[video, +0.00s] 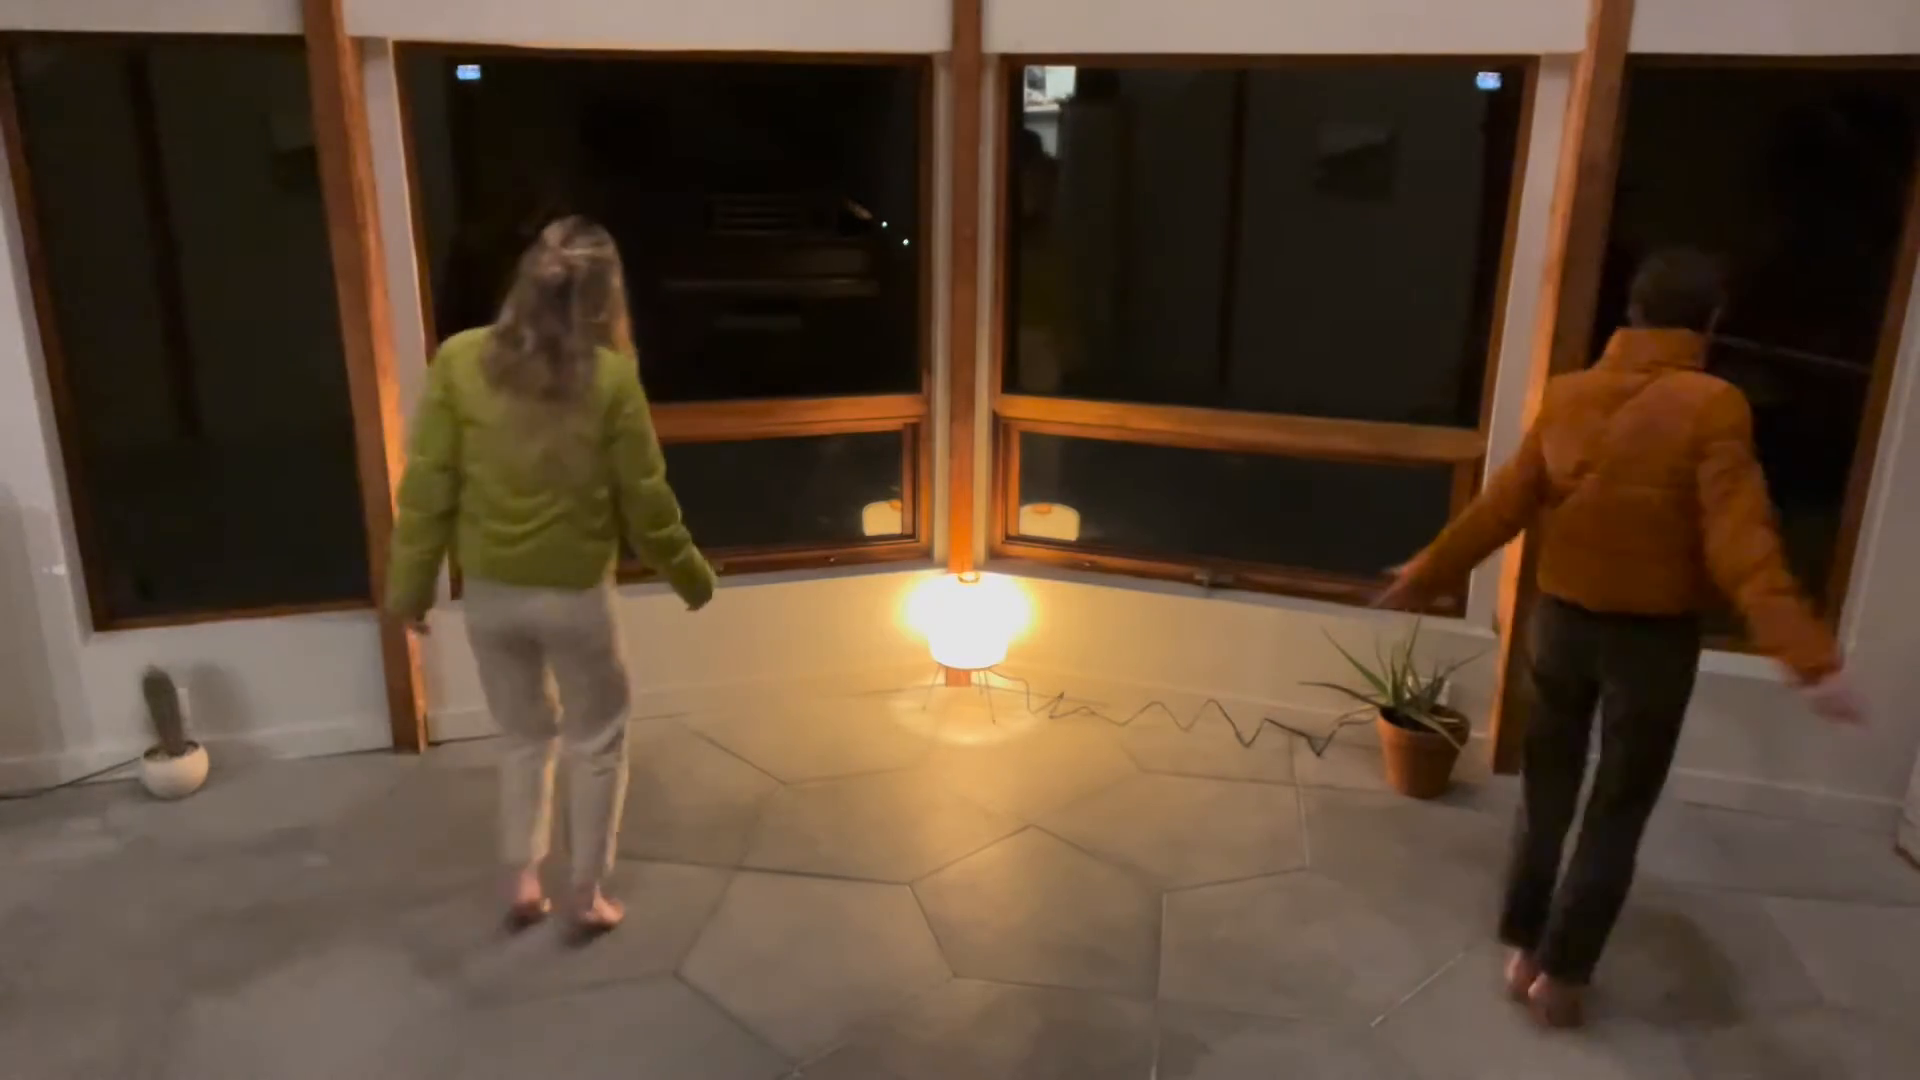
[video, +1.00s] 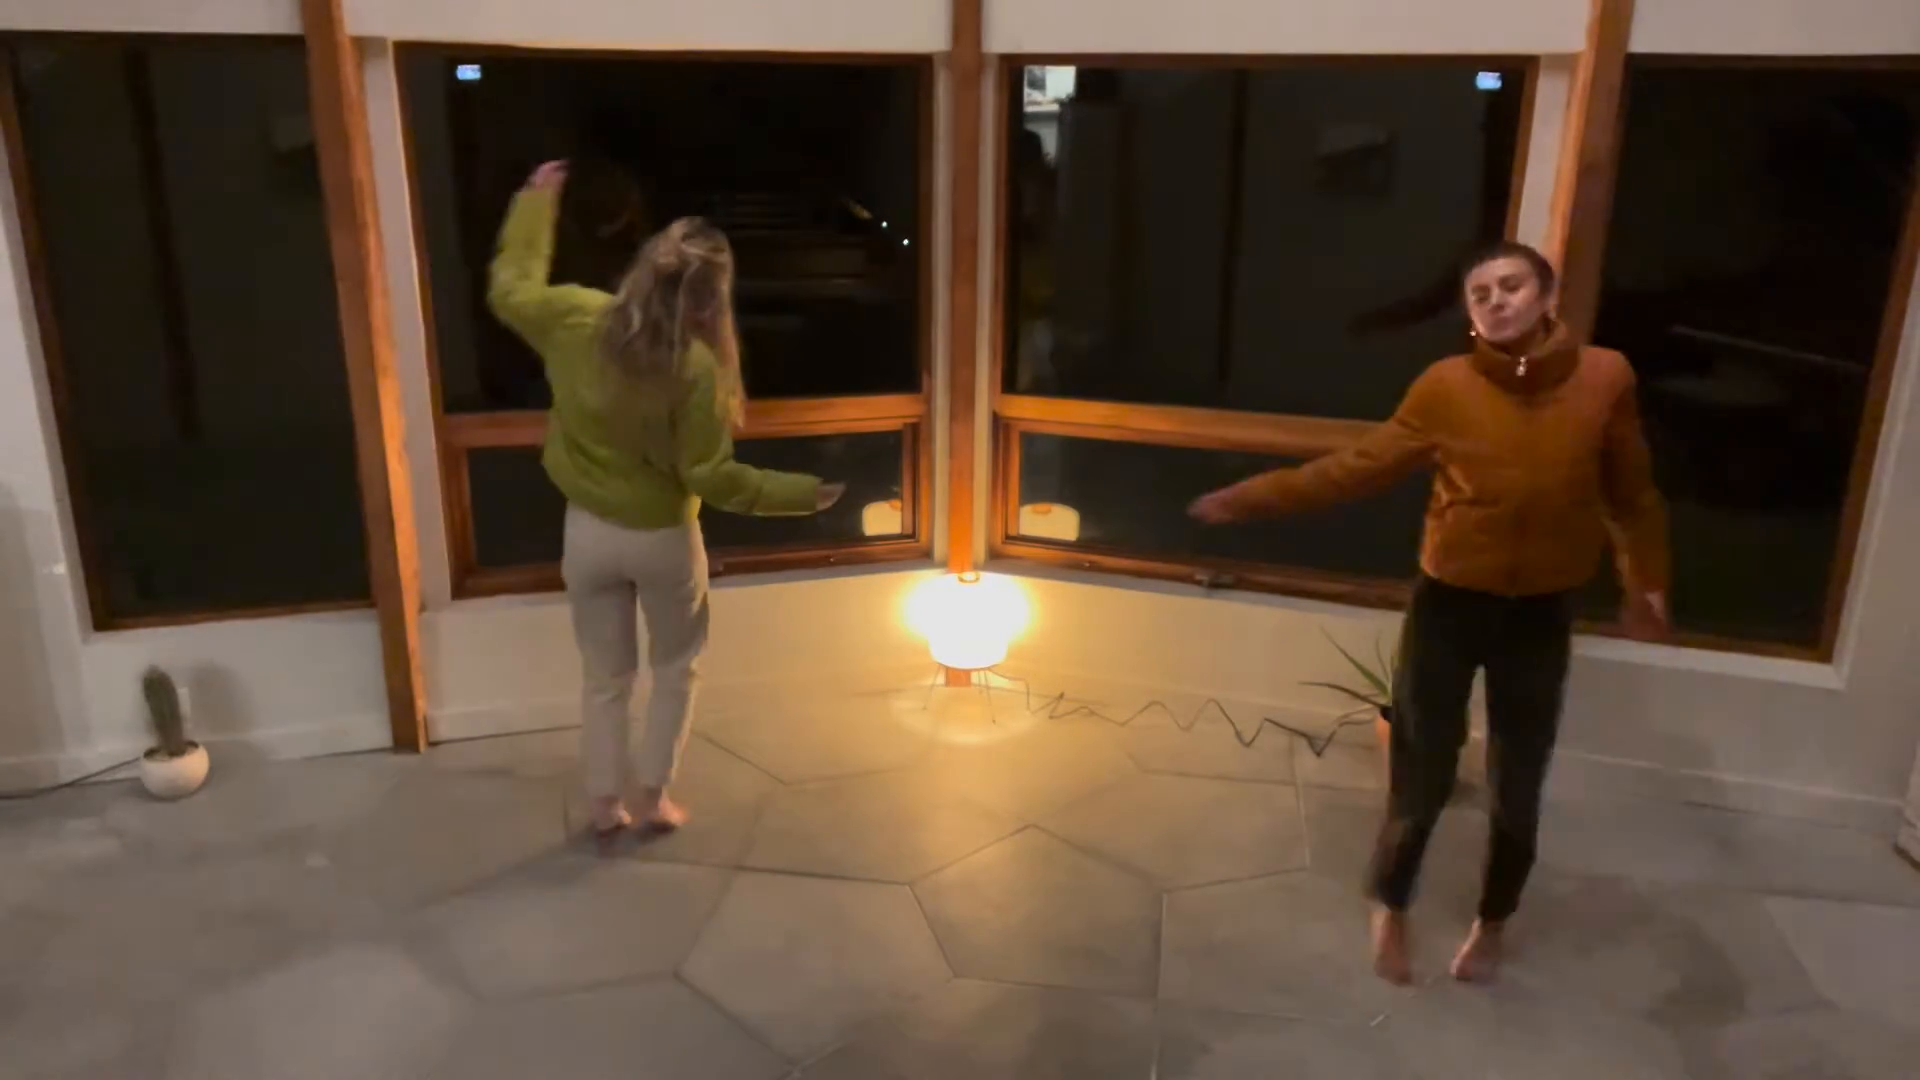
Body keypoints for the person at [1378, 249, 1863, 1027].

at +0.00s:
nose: (1711, 338)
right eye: (1711, 327)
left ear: (1632, 315)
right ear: (1706, 329)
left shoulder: (1574, 396)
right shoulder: (1711, 409)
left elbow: (1504, 502)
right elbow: (1742, 542)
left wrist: (1428, 569)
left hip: (1559, 624)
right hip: (1653, 639)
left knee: (1547, 786)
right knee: (1618, 807)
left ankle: (1525, 948)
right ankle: (1561, 978)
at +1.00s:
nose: (1495, 303)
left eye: (1510, 287)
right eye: (1480, 295)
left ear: (1548, 294)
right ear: (1468, 312)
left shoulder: (1602, 378)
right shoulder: (1447, 388)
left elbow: (1634, 491)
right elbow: (1360, 465)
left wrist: (1647, 583)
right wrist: (1251, 497)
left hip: (1540, 607)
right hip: (1449, 601)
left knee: (1519, 781)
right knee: (1424, 774)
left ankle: (1492, 922)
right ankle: (1390, 907)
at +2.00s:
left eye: (1314, 330)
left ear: (1323, 328)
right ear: (1385, 324)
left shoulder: (1297, 378)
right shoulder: (1428, 368)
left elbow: (1278, 499)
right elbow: (1460, 479)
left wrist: (1290, 583)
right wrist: (1462, 576)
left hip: (1338, 590)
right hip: (1420, 593)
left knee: (1323, 759)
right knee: (1389, 756)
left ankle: (1320, 926)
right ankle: (1367, 912)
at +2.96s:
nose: (1408, 330)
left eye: (1416, 319)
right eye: (1400, 312)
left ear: (1413, 322)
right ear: (1359, 300)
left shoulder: (1378, 380)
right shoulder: (1302, 340)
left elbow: (1415, 497)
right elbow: (1258, 453)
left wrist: (1486, 583)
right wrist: (1315, 549)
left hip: (1322, 568)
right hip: (1266, 557)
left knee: (1300, 728)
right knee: (1259, 725)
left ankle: (1255, 841)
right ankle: (1216, 851)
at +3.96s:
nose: (1347, 260)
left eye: (1367, 262)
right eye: (1350, 256)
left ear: (1390, 298)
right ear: (1332, 286)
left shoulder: (1399, 362)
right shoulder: (1302, 354)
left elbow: (1473, 462)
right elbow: (1296, 445)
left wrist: (1522, 559)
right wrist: (1261, 494)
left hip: (1366, 566)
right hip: (1301, 560)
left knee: (1351, 730)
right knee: (1308, 731)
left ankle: (1349, 885)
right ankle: (1341, 856)